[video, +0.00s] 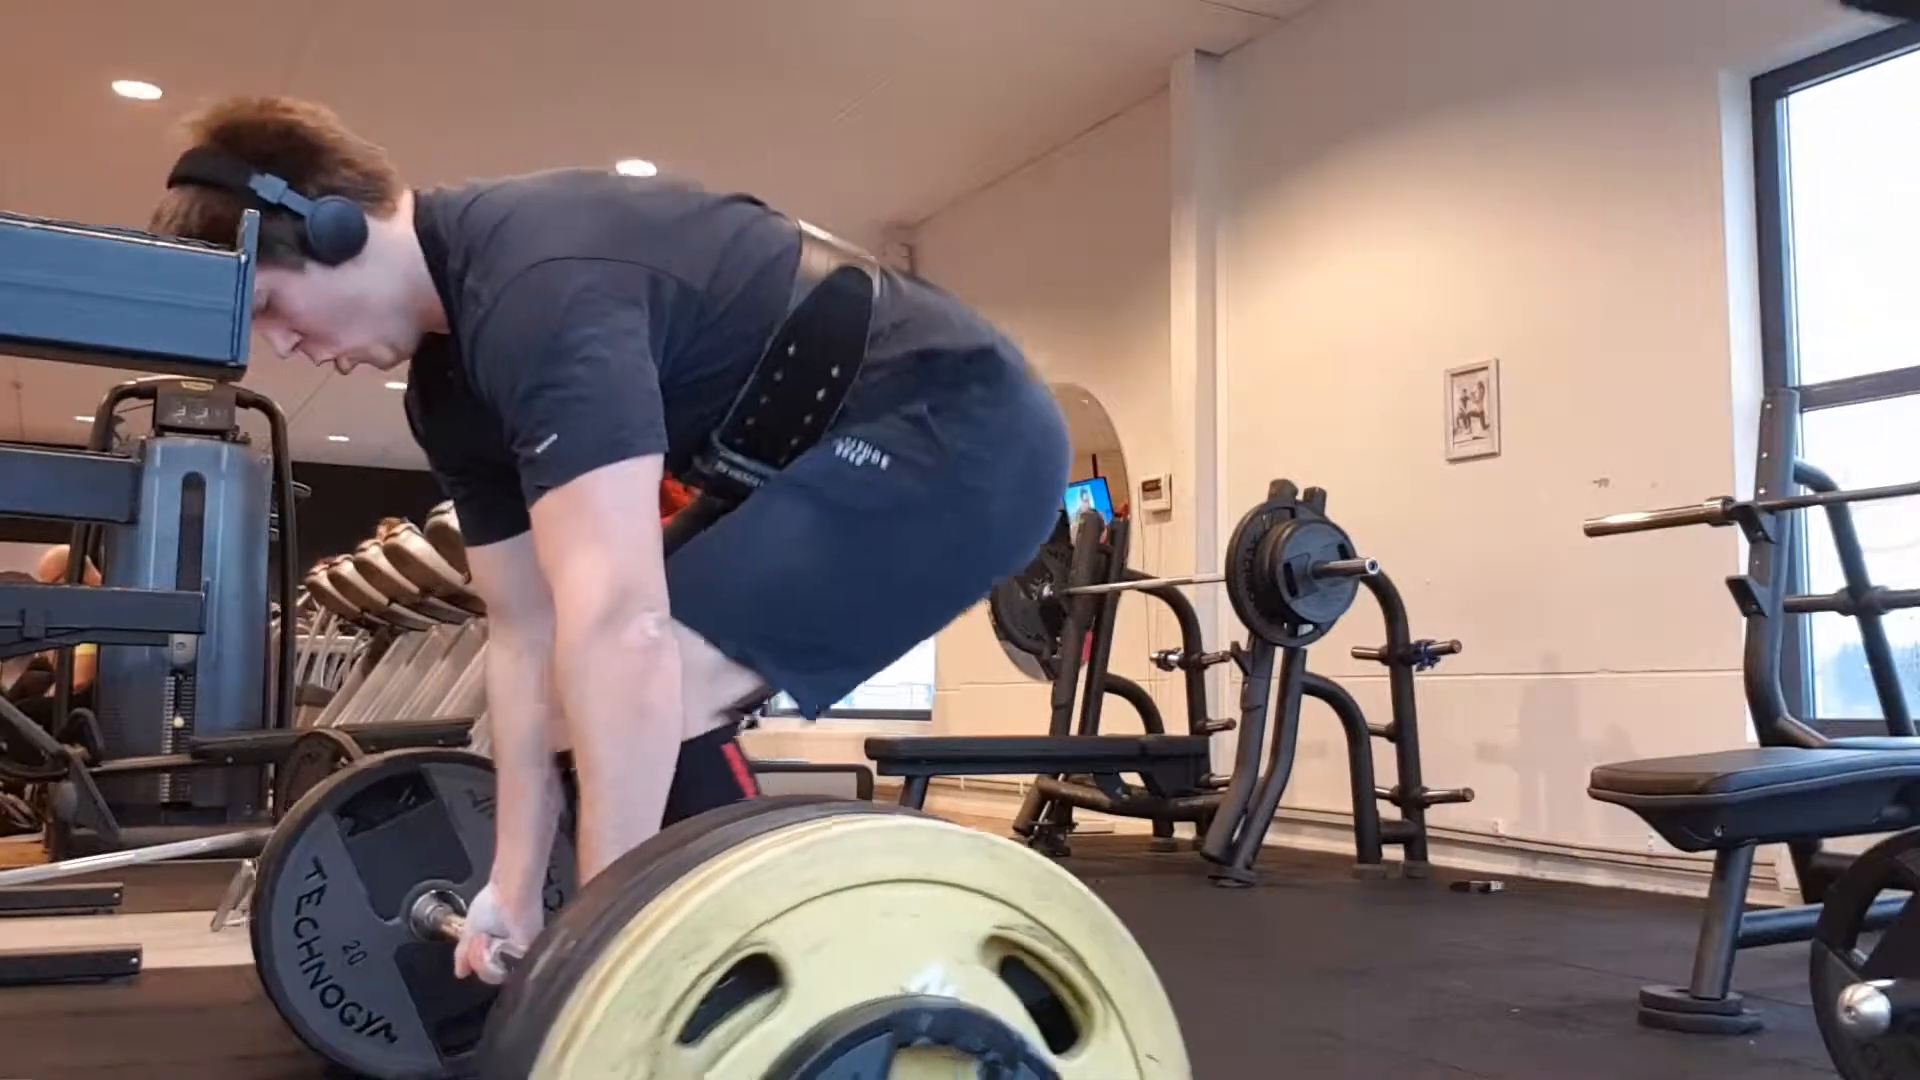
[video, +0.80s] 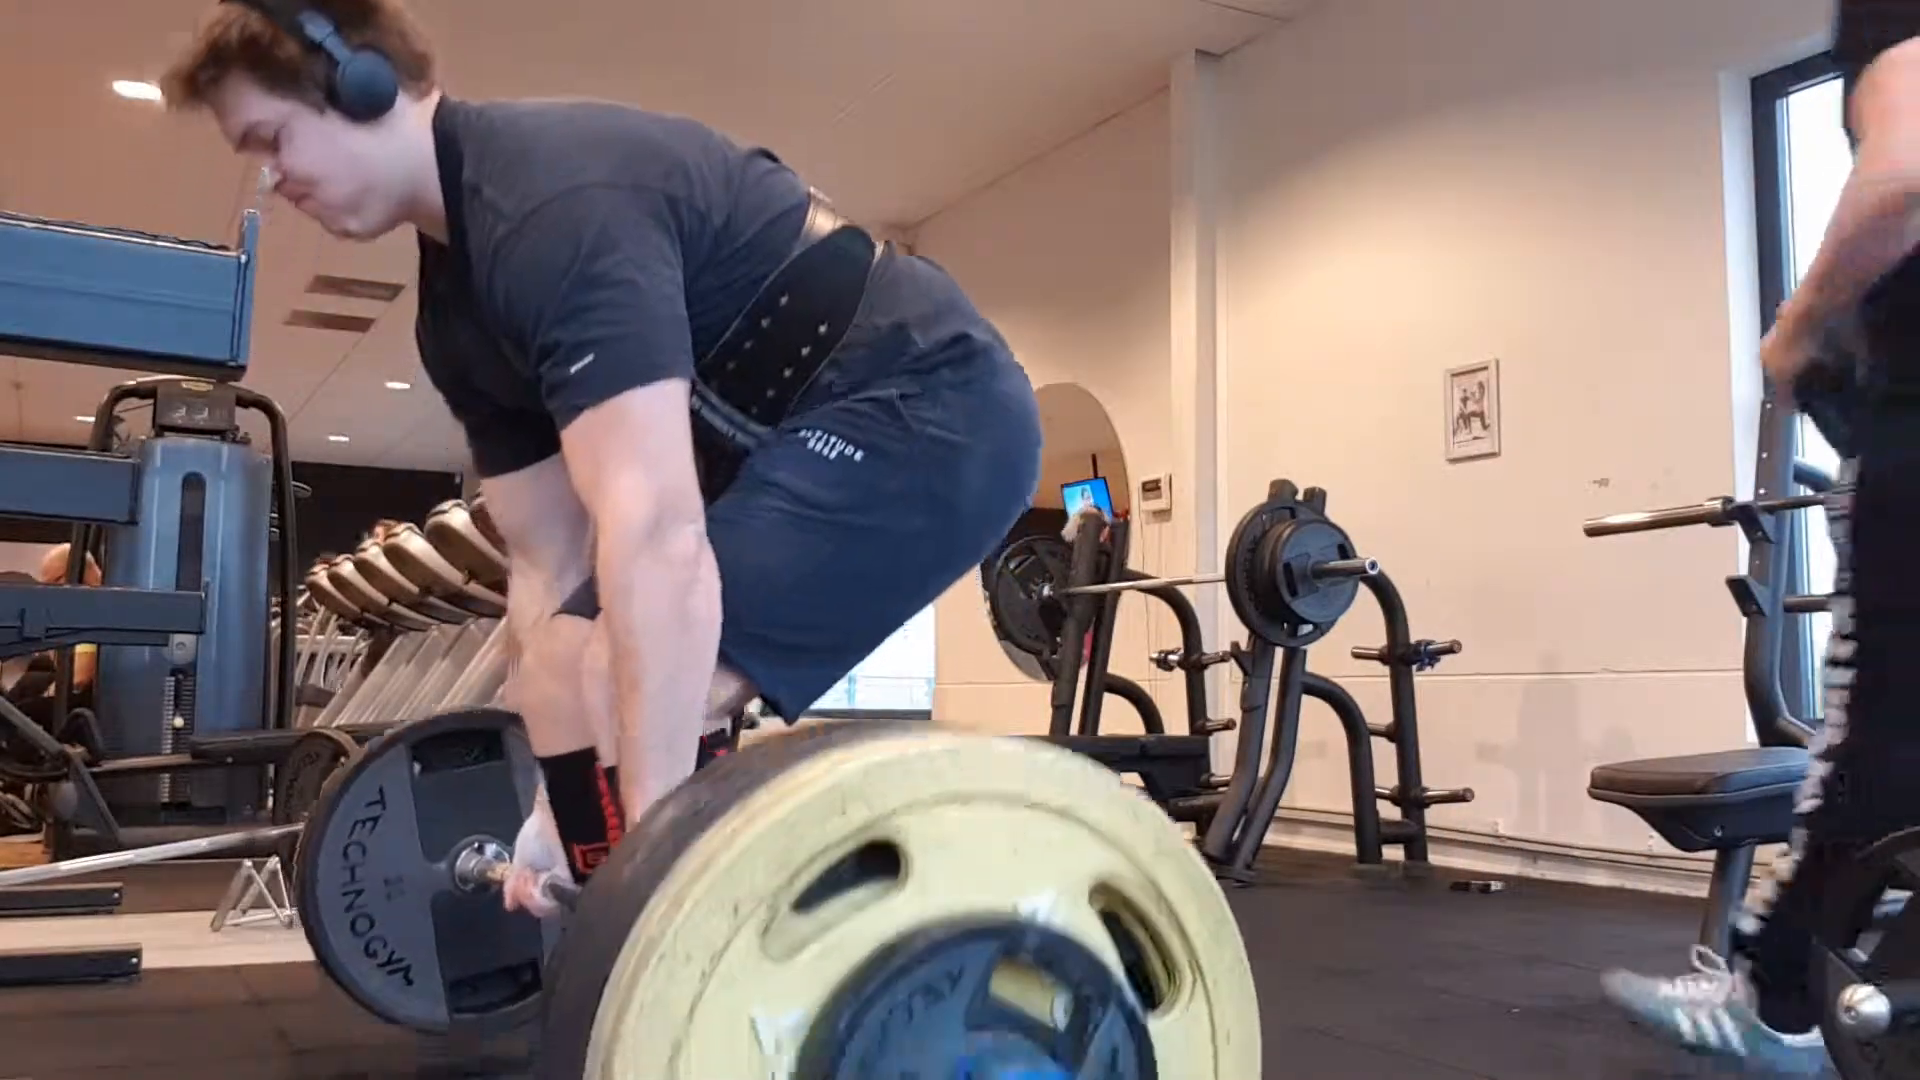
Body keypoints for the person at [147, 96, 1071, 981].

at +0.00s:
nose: (283, 348)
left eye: (271, 308)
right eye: (259, 331)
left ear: (318, 227)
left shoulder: (541, 281)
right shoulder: (448, 377)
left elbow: (623, 626)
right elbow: (523, 632)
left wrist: (618, 932)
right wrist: (511, 889)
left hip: (943, 417)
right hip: (853, 446)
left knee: (636, 694)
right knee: (603, 699)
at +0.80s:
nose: (269, 185)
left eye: (270, 141)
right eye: (251, 161)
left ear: (358, 78)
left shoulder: (562, 205)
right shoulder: (455, 307)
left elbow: (659, 537)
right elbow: (546, 555)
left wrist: (656, 856)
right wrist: (552, 812)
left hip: (919, 404)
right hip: (808, 437)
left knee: (627, 690)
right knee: (553, 670)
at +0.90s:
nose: (273, 135)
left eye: (277, 92)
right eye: (258, 106)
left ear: (375, 44)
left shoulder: (571, 164)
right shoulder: (461, 273)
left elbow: (663, 488)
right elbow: (550, 527)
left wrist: (659, 812)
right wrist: (546, 787)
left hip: (921, 381)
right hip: (797, 421)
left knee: (681, 696)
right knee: (570, 662)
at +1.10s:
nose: (314, 4)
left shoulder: (591, 67)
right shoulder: (477, 175)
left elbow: (669, 386)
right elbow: (554, 439)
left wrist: (672, 688)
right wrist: (567, 694)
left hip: (913, 341)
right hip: (782, 384)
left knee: (734, 666)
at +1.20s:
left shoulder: (592, 21)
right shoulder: (483, 120)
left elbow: (676, 320)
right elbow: (559, 386)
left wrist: (678, 617)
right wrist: (570, 640)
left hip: (904, 319)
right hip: (765, 354)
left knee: (752, 672)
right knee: (683, 684)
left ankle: (708, 1033)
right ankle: (687, 1028)